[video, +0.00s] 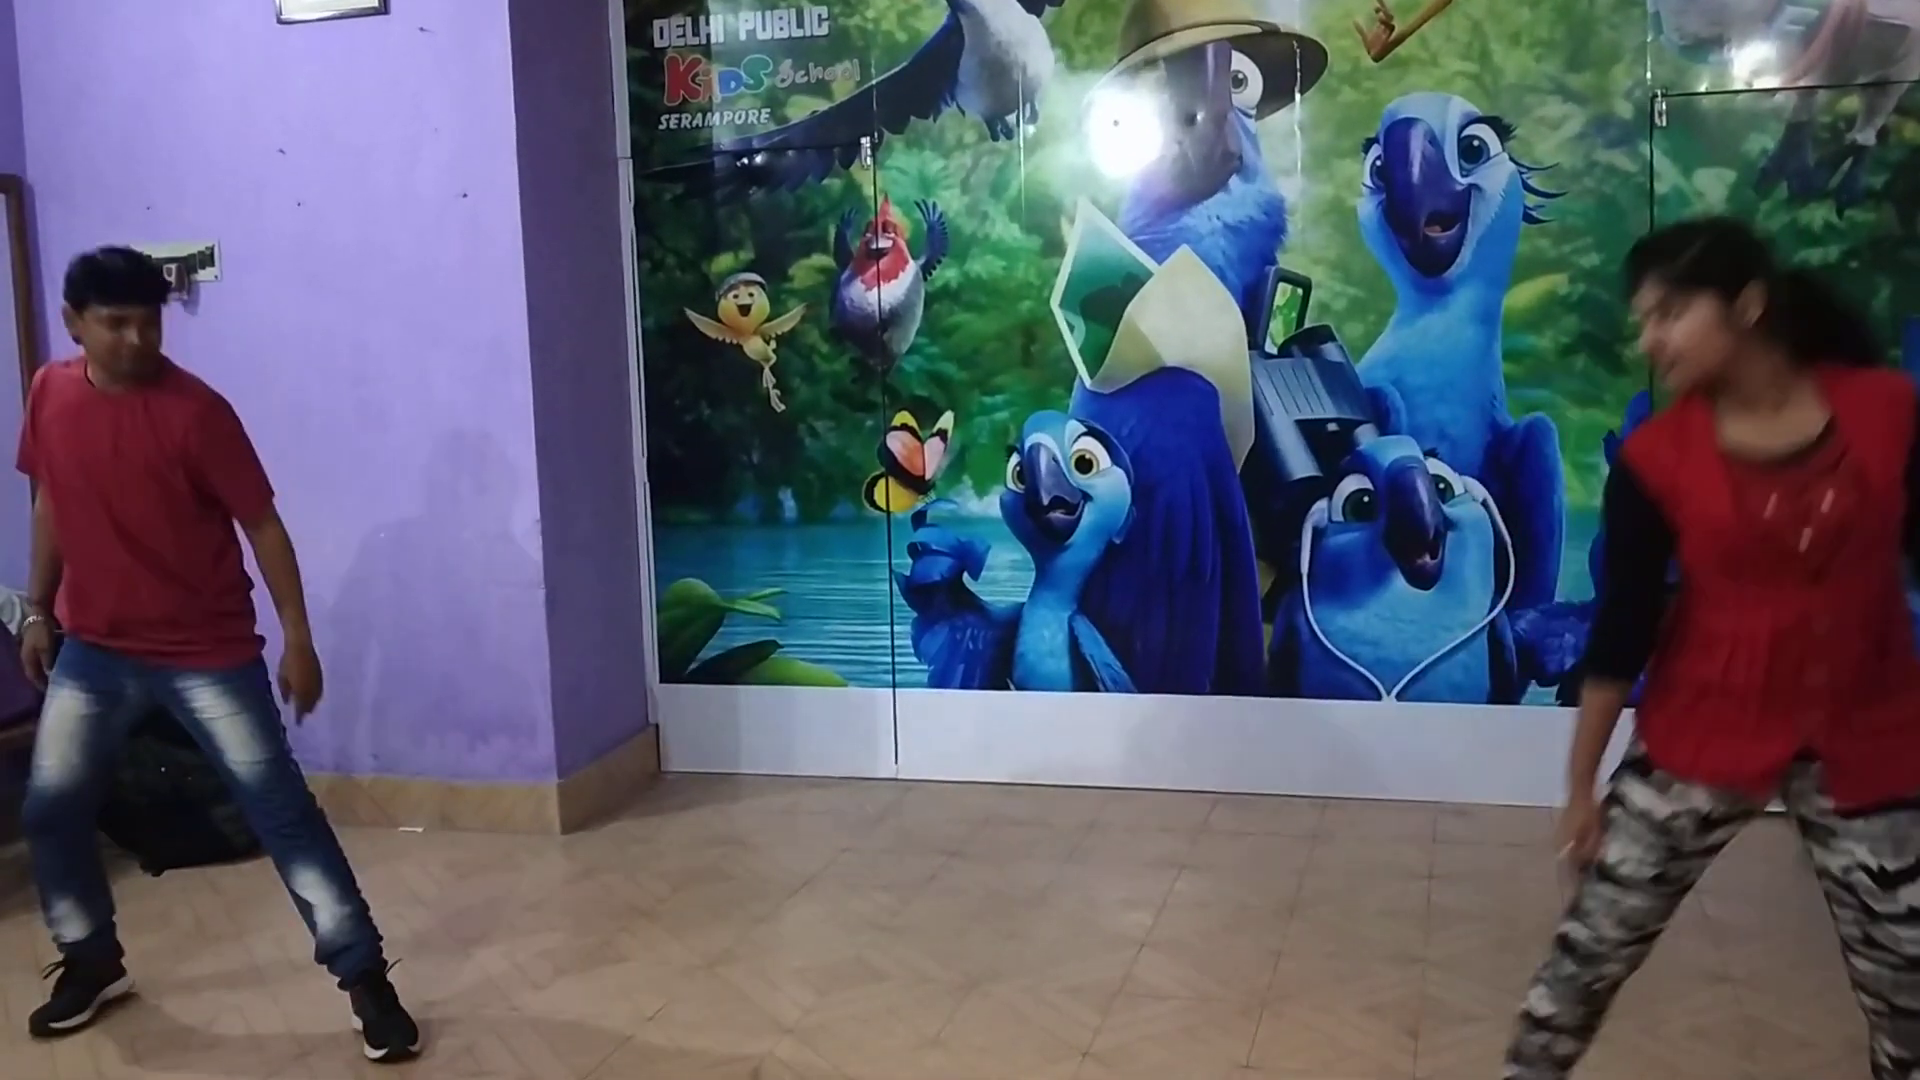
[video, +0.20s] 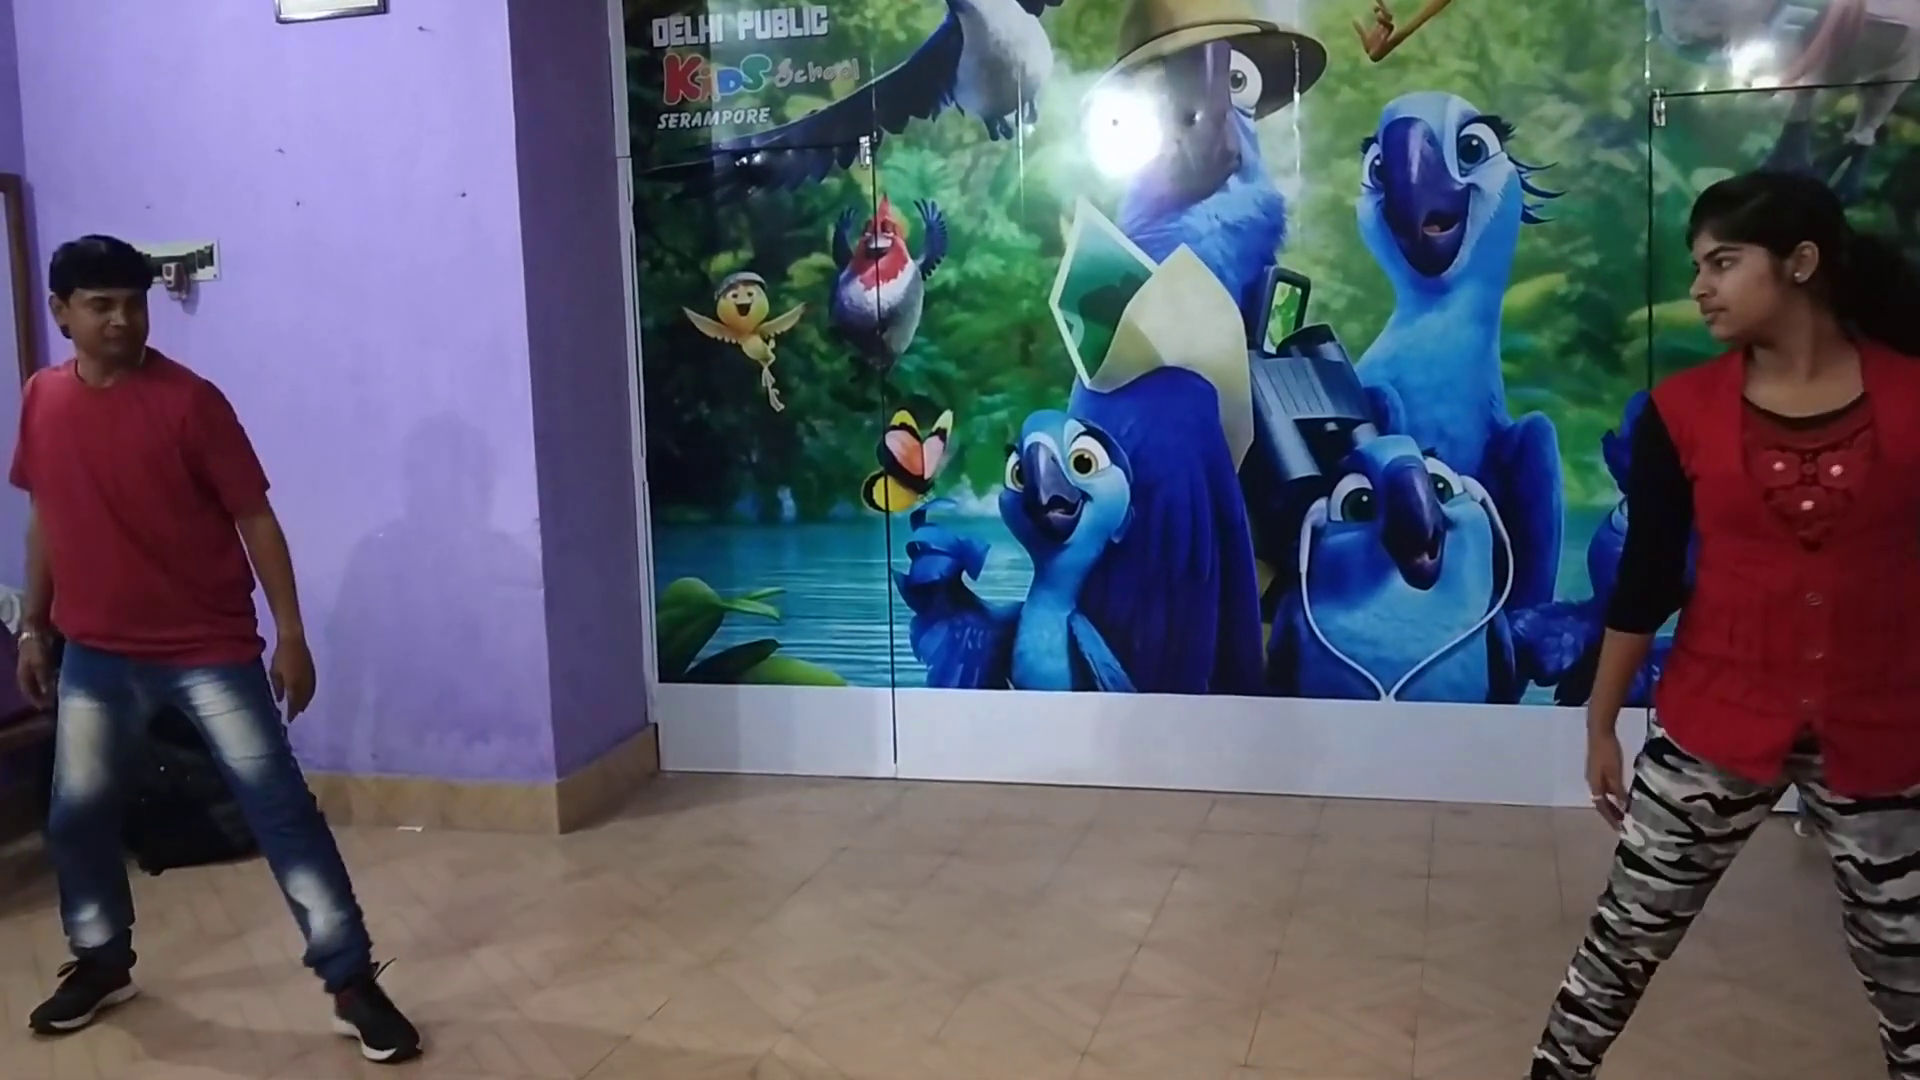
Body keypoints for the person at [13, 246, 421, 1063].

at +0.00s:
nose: (138, 339)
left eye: (149, 322)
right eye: (118, 323)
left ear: (164, 318)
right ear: (76, 322)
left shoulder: (198, 411)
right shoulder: (51, 392)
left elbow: (264, 525)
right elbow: (49, 500)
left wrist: (301, 642)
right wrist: (38, 603)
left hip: (209, 649)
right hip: (95, 646)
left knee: (280, 804)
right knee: (51, 803)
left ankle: (365, 976)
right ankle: (91, 959)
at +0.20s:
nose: (120, 320)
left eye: (131, 304)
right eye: (101, 306)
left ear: (148, 307)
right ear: (64, 313)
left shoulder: (191, 402)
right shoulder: (44, 399)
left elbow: (256, 516)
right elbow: (46, 511)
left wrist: (292, 635)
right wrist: (34, 621)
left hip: (208, 643)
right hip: (95, 647)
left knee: (279, 799)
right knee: (78, 805)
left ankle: (352, 980)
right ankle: (100, 960)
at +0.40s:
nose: (167, 326)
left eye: (178, 311)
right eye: (148, 312)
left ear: (190, 317)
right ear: (105, 321)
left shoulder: (237, 416)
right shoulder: (72, 412)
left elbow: (290, 534)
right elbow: (53, 523)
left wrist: (327, 649)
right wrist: (50, 642)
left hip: (240, 659)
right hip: (123, 662)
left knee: (294, 808)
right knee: (97, 814)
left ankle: (322, 990)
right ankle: (100, 962)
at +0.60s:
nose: (276, 319)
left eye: (285, 304)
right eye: (256, 305)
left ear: (298, 310)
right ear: (209, 312)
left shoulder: (342, 410)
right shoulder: (164, 406)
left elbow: (373, 532)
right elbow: (130, 520)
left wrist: (394, 647)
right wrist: (106, 644)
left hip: (323, 662)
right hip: (205, 663)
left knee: (351, 827)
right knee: (171, 835)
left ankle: (329, 993)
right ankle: (110, 960)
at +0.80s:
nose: (392, 317)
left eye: (400, 302)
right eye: (372, 303)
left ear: (410, 308)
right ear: (320, 309)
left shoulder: (446, 413)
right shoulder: (267, 405)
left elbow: (474, 537)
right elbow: (218, 526)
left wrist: (505, 653)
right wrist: (183, 657)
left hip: (412, 671)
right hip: (302, 665)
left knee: (407, 865)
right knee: (351, 815)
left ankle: (334, 973)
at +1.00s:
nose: (525, 314)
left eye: (532, 297)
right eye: (505, 296)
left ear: (539, 302)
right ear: (445, 300)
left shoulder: (563, 414)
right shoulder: (383, 412)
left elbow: (617, 538)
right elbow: (309, 550)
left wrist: (691, 639)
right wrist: (246, 682)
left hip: (535, 687)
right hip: (433, 681)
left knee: (524, 886)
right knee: (528, 877)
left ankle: (399, 956)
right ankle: (558, 1067)